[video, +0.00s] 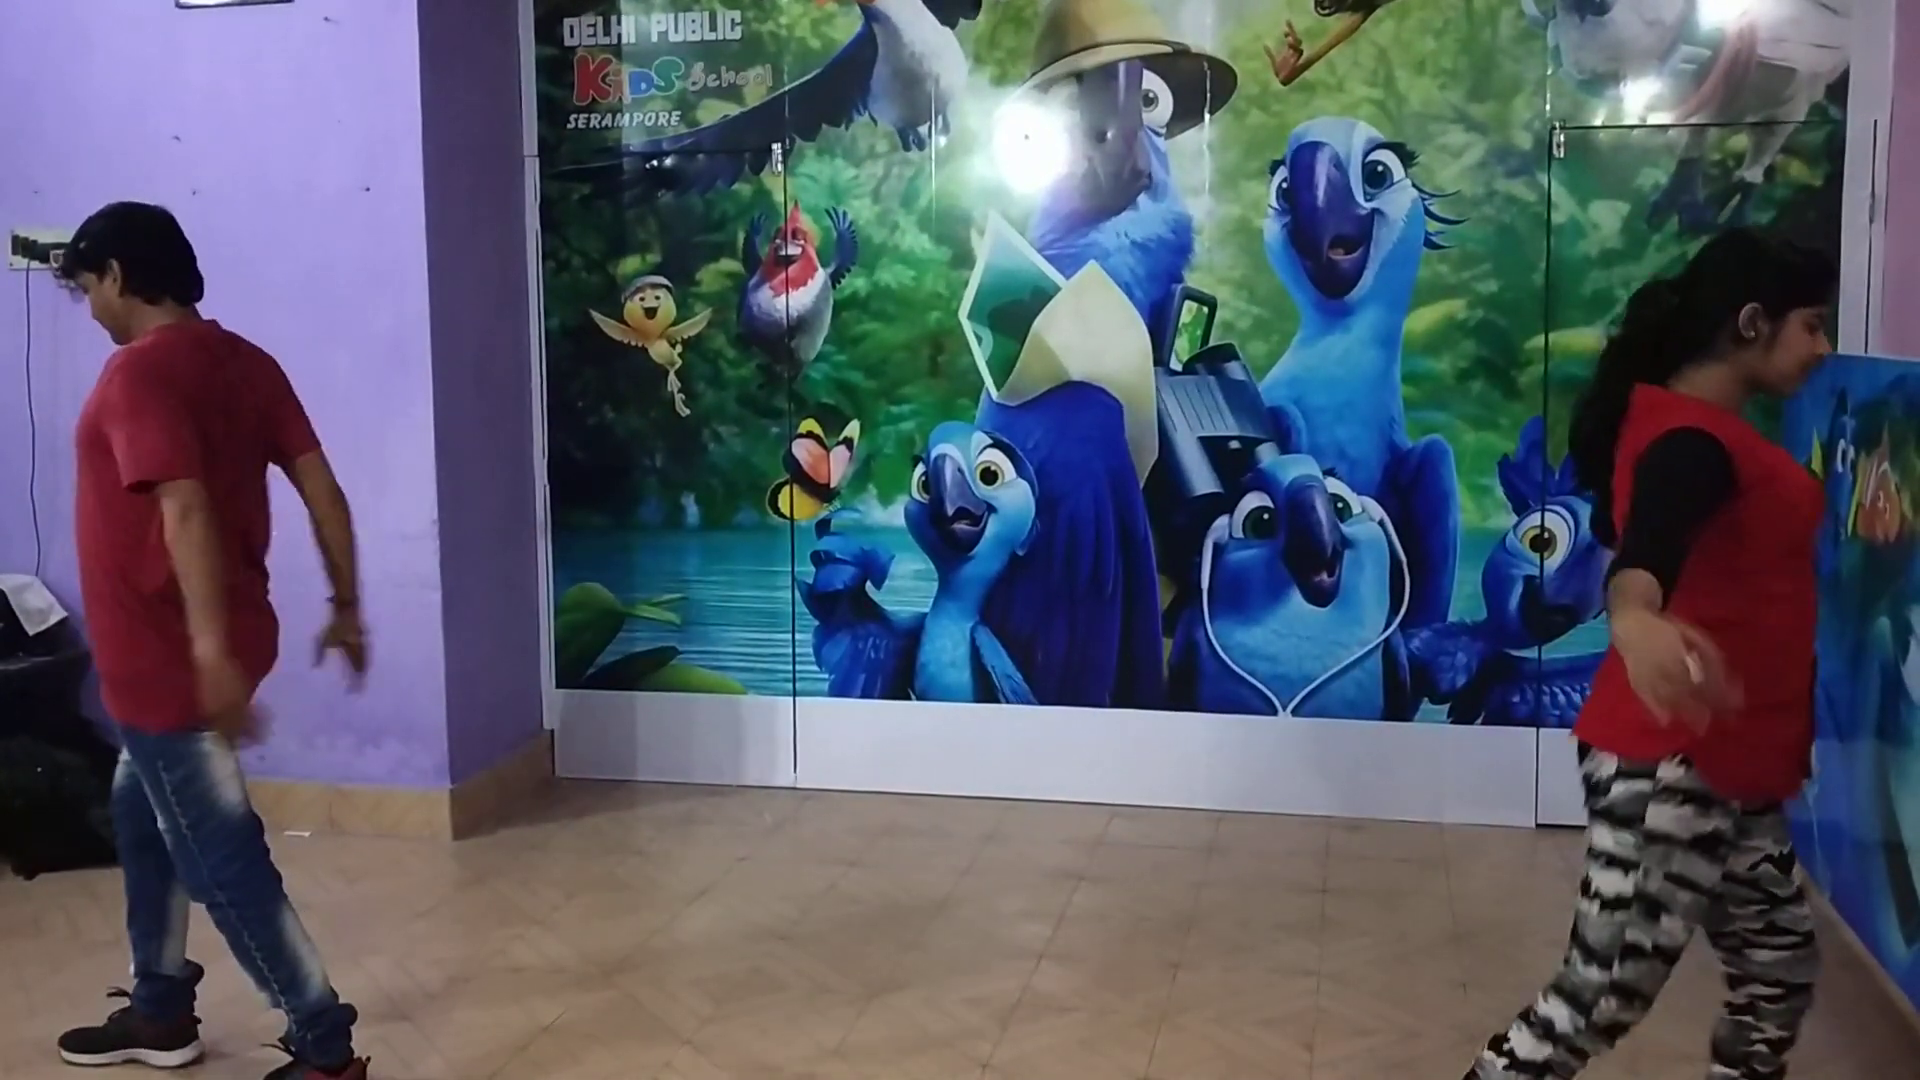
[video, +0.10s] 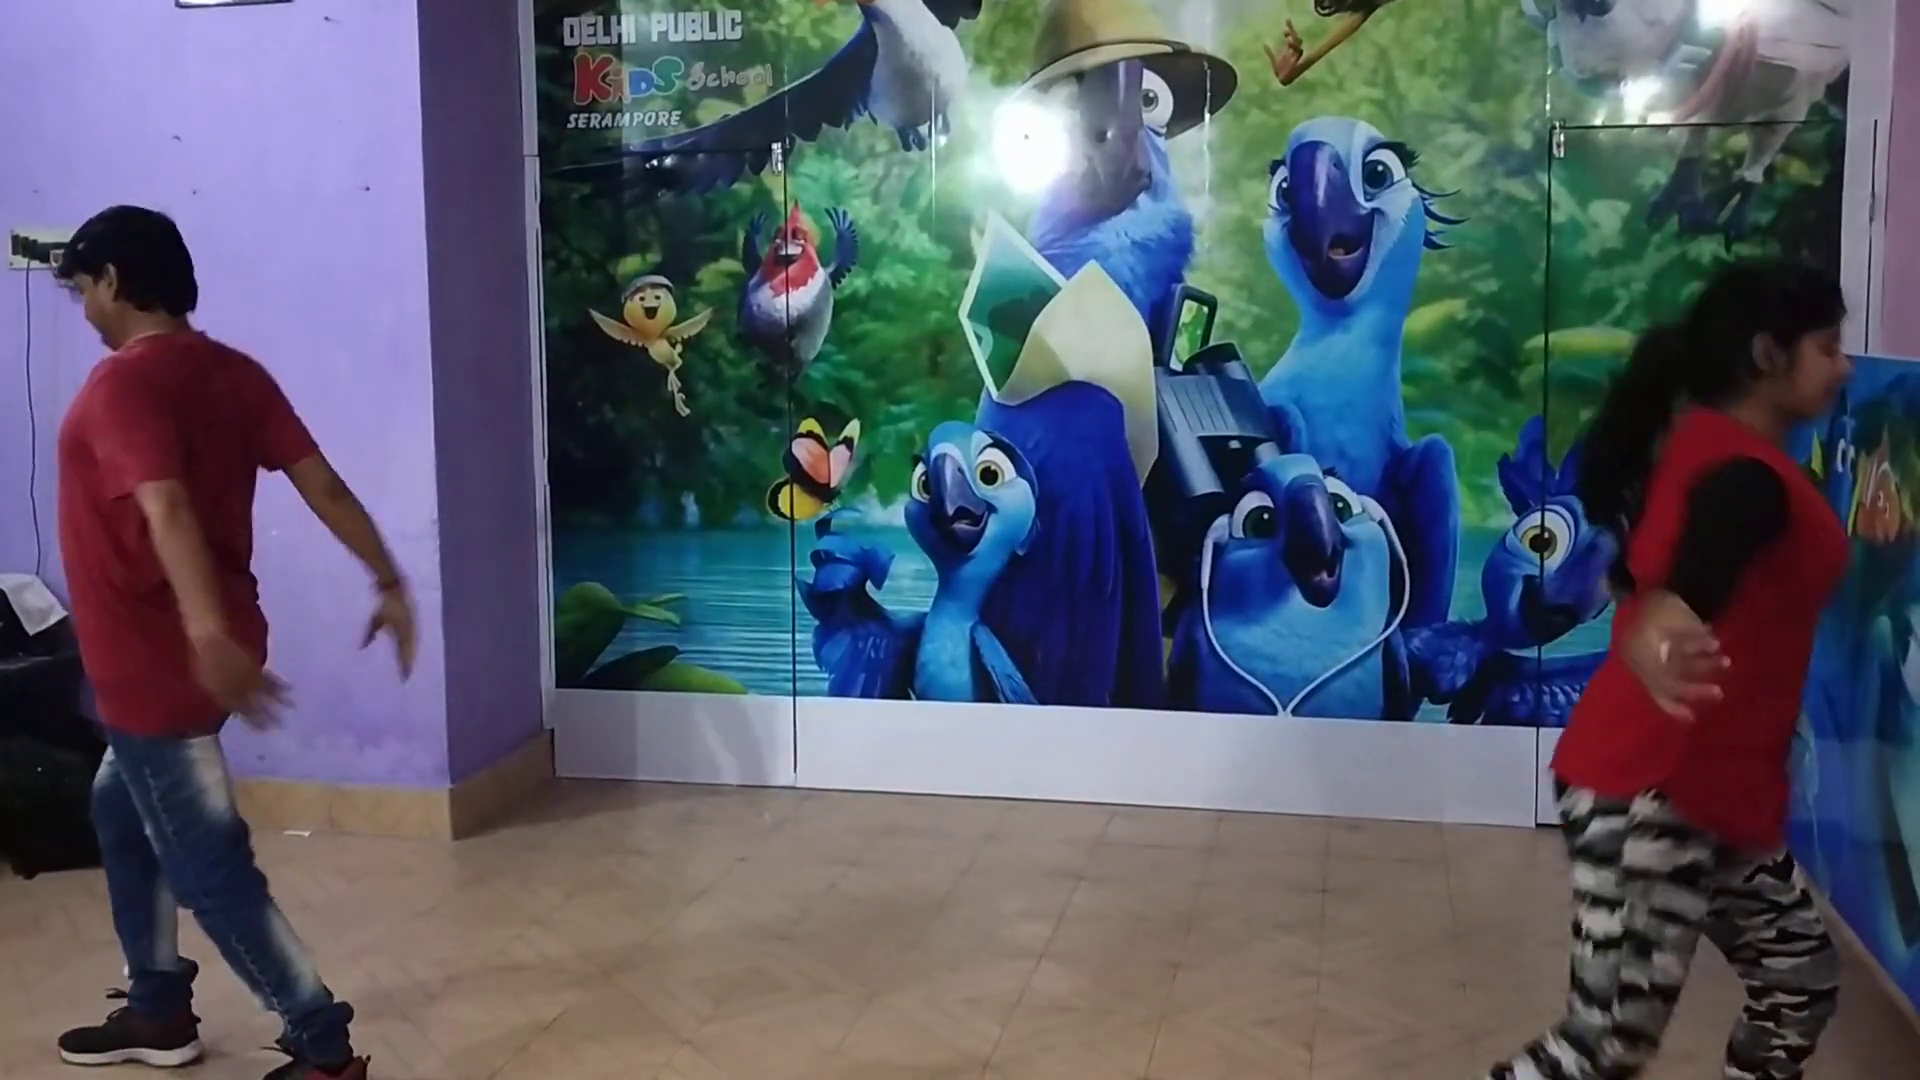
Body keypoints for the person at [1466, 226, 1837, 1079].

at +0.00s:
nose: (1823, 350)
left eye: (1826, 330)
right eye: (1814, 327)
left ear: (1750, 326)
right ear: (1753, 322)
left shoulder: (1722, 434)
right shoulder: (1687, 441)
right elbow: (1636, 571)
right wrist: (1640, 629)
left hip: (1729, 768)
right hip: (1665, 764)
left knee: (1779, 970)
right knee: (1599, 996)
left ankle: (1744, 1074)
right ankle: (1496, 1072)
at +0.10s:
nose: (1843, 366)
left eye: (1842, 347)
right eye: (1830, 347)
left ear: (1767, 357)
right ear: (1769, 354)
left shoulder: (1719, 445)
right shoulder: (1737, 470)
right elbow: (1668, 591)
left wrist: (1860, 544)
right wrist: (1658, 642)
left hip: (1705, 793)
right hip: (1645, 791)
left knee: (1800, 977)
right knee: (1606, 1043)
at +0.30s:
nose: (1913, 510)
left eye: (1910, 488)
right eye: (1899, 488)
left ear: (1832, 502)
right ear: (1837, 500)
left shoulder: (1762, 566)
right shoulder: (1826, 621)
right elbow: (1847, 824)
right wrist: (1897, 985)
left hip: (1658, 837)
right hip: (1585, 853)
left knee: (1801, 979)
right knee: (1648, 1067)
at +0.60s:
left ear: (1899, 624)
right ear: (1905, 629)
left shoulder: (1800, 616)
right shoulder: (1843, 700)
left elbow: (1871, 831)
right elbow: (1865, 899)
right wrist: (1913, 1008)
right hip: (1571, 872)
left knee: (1795, 985)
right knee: (1648, 1067)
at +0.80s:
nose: (1916, 590)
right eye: (1918, 567)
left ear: (1874, 523)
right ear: (1887, 533)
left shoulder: (1770, 530)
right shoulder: (1826, 593)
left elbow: (1824, 696)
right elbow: (1863, 787)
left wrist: (1888, 758)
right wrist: (1853, 838)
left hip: (1638, 798)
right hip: (1570, 808)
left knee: (1757, 974)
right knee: (1619, 1065)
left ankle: (1732, 1072)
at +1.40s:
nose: (1785, 353)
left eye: (1787, 333)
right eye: (1776, 331)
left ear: (1707, 322)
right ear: (1713, 321)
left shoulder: (1645, 419)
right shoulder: (1669, 443)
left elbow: (1576, 605)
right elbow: (1635, 633)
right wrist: (1603, 798)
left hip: (1674, 762)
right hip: (1639, 768)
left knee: (1706, 1000)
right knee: (1627, 1020)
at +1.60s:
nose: (1693, 380)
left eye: (1697, 360)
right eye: (1687, 357)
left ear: (1621, 348)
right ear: (1628, 348)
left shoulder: (1555, 443)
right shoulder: (1578, 472)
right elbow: (1543, 671)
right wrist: (1526, 846)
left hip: (1586, 788)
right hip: (1544, 799)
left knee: (1665, 981)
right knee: (1584, 1032)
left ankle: (1675, 1070)